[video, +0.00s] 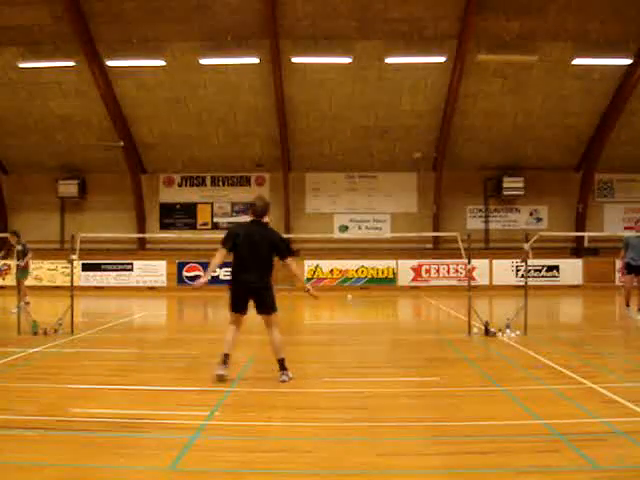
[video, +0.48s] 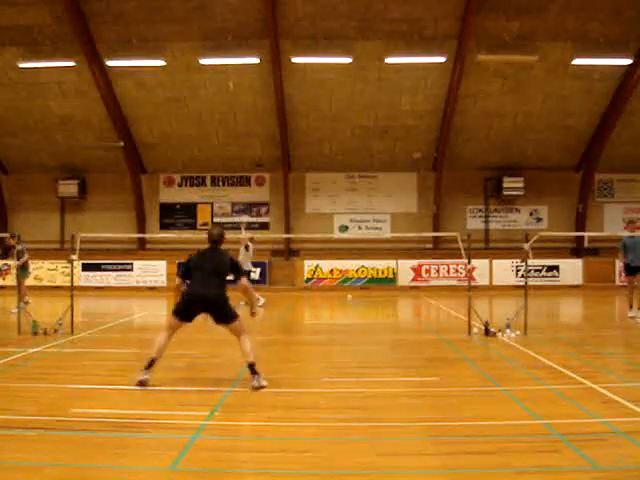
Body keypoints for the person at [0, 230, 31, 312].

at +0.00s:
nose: (10, 240)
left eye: (11, 238)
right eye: (9, 238)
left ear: (16, 237)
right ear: (11, 238)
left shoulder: (23, 246)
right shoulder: (16, 247)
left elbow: (29, 254)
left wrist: (24, 262)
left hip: (23, 268)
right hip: (19, 267)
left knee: (20, 285)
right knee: (20, 284)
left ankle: (19, 304)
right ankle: (25, 299)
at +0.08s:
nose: (10, 241)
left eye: (12, 238)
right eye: (10, 239)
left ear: (16, 238)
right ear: (11, 239)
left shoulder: (22, 246)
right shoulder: (13, 247)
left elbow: (28, 255)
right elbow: (6, 255)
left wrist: (22, 262)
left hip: (23, 268)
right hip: (18, 268)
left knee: (20, 286)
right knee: (20, 285)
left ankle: (20, 305)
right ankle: (26, 299)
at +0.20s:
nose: (9, 241)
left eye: (11, 239)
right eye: (9, 239)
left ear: (16, 239)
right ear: (14, 239)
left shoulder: (21, 247)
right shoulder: (16, 248)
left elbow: (27, 256)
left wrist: (19, 263)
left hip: (23, 270)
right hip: (19, 269)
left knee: (21, 286)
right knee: (21, 285)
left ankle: (20, 305)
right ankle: (26, 299)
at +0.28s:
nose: (10, 241)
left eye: (11, 239)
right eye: (9, 239)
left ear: (16, 239)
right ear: (15, 239)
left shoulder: (21, 248)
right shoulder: (16, 248)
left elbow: (26, 256)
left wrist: (19, 263)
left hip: (23, 271)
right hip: (20, 270)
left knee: (21, 287)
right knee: (21, 286)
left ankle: (20, 305)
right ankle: (25, 299)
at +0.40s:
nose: (9, 241)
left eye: (11, 239)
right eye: (9, 239)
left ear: (16, 239)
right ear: (15, 239)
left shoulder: (21, 247)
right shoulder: (16, 248)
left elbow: (26, 256)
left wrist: (19, 263)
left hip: (23, 270)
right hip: (19, 269)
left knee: (20, 287)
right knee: (21, 286)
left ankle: (20, 305)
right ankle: (25, 298)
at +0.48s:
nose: (9, 241)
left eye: (10, 239)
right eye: (9, 239)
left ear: (15, 239)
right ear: (14, 239)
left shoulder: (21, 248)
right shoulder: (16, 248)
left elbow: (26, 256)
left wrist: (19, 263)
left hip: (23, 270)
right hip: (19, 270)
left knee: (20, 287)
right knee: (21, 286)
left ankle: (20, 306)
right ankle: (25, 298)